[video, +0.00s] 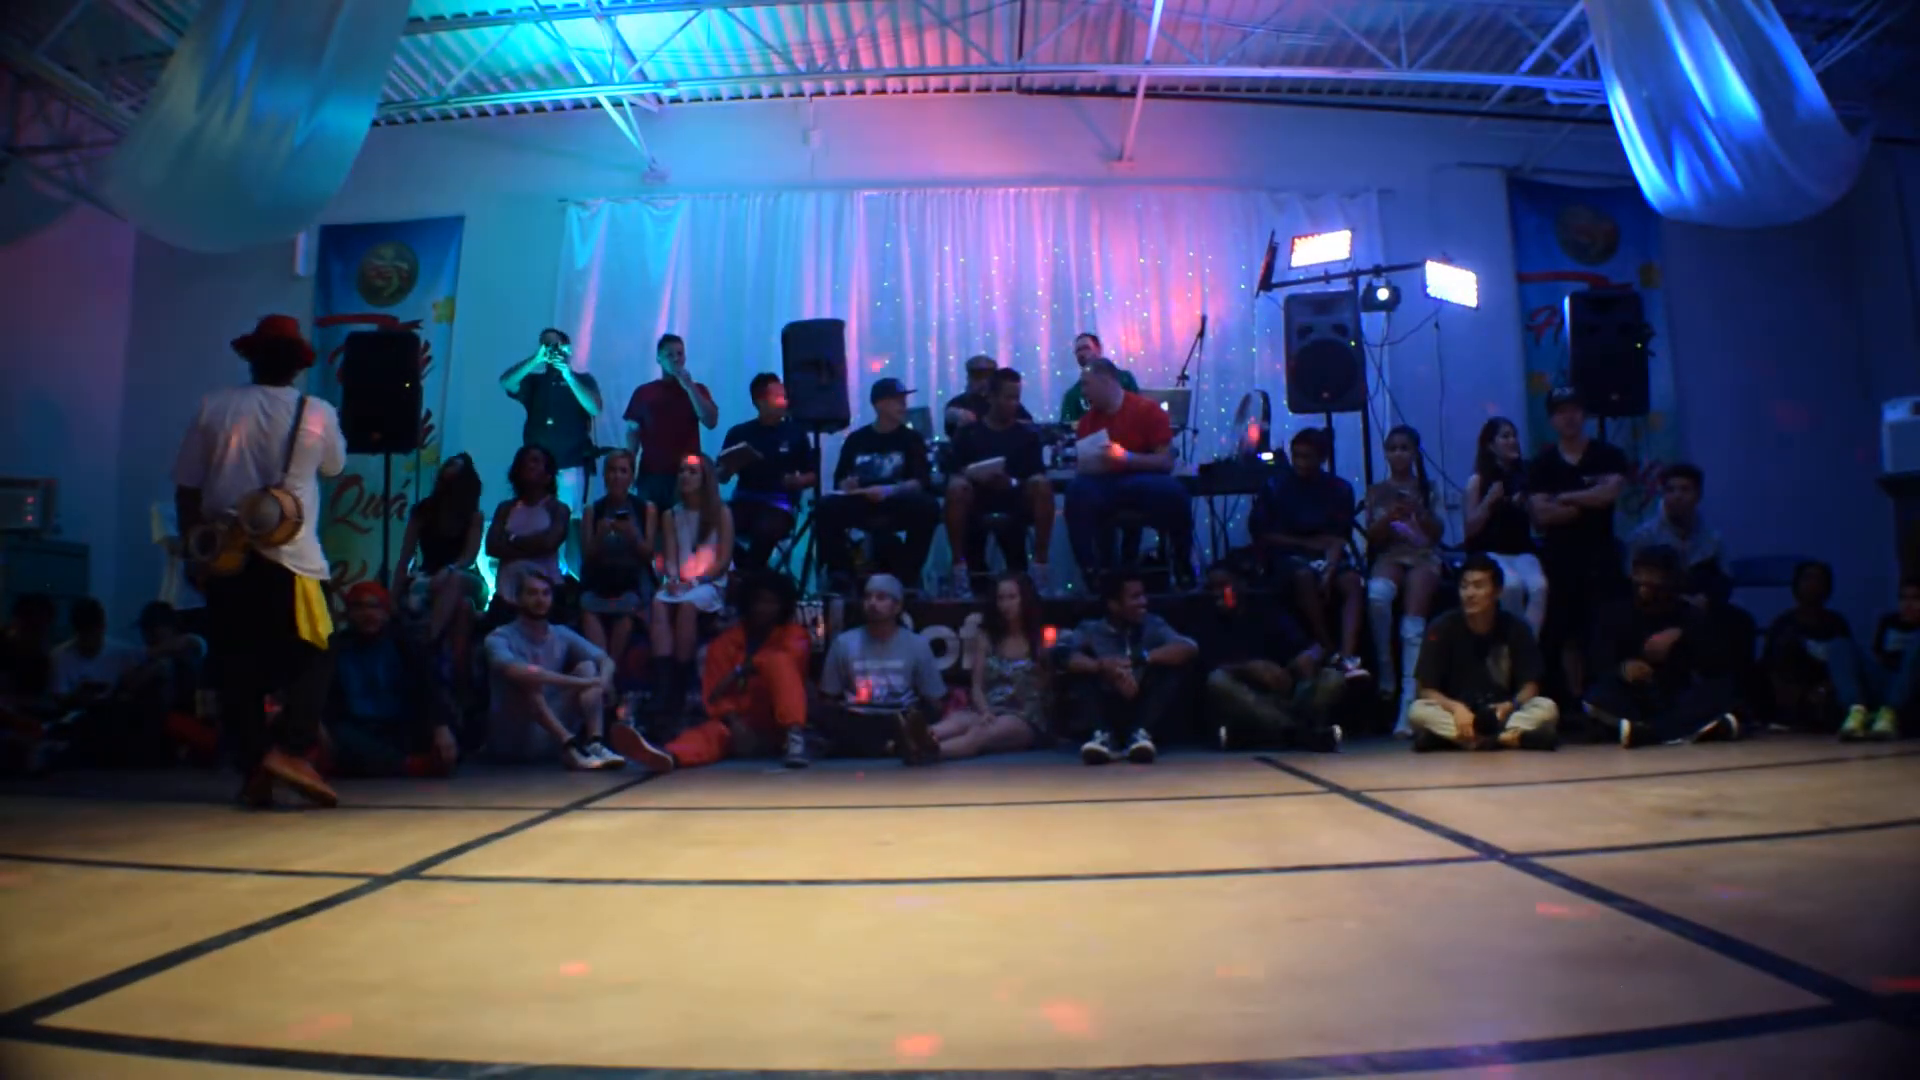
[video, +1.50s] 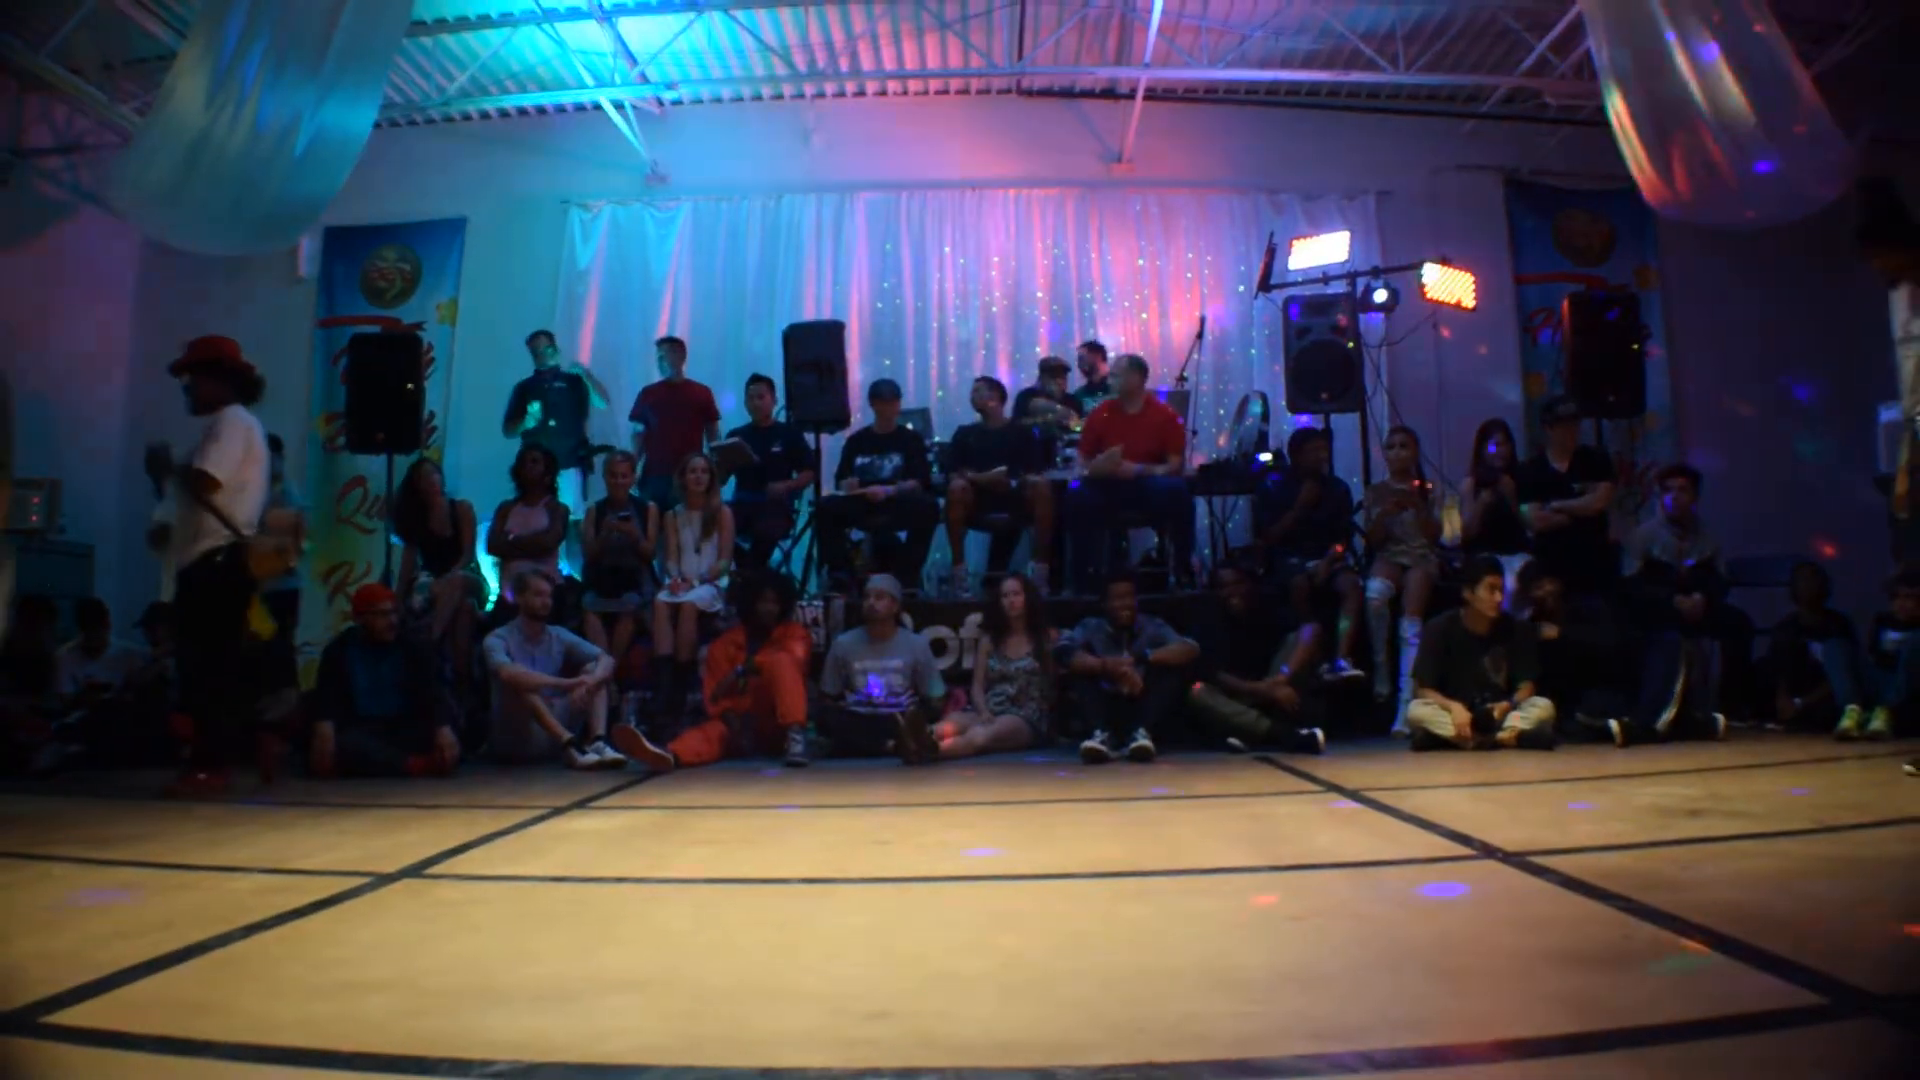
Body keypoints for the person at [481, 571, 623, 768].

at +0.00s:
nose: (540, 599)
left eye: (546, 593)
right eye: (532, 593)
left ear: (552, 598)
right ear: (519, 598)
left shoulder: (561, 634)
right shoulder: (500, 638)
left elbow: (606, 661)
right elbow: (514, 672)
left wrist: (601, 686)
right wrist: (579, 683)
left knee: (587, 667)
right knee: (525, 679)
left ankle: (595, 743)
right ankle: (569, 746)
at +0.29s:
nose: (548, 602)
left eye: (553, 596)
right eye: (540, 595)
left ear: (558, 600)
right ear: (525, 600)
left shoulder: (564, 635)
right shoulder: (502, 639)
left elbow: (610, 665)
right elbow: (514, 679)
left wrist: (593, 697)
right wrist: (580, 693)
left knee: (589, 669)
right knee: (522, 674)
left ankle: (596, 744)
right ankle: (569, 746)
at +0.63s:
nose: (544, 600)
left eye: (548, 594)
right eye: (536, 594)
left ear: (552, 597)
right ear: (518, 597)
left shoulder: (559, 634)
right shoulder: (497, 638)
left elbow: (605, 661)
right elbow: (506, 675)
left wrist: (588, 688)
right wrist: (568, 689)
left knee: (590, 669)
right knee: (518, 677)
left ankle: (596, 743)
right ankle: (568, 746)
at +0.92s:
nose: (543, 599)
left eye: (546, 593)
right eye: (534, 593)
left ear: (550, 597)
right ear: (516, 597)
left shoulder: (556, 635)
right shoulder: (496, 639)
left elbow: (605, 660)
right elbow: (505, 674)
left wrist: (588, 683)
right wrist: (569, 684)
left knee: (594, 671)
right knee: (517, 682)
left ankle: (597, 743)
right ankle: (567, 745)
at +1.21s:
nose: (545, 598)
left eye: (547, 592)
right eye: (536, 592)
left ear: (551, 595)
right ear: (515, 598)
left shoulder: (556, 635)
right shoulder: (495, 639)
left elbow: (605, 661)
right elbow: (504, 674)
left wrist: (588, 683)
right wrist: (568, 684)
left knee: (592, 670)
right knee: (517, 682)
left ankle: (596, 743)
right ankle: (566, 746)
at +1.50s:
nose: (546, 602)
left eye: (549, 596)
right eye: (539, 595)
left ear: (553, 598)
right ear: (519, 598)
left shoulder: (558, 635)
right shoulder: (498, 639)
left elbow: (607, 660)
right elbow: (508, 674)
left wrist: (590, 682)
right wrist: (569, 684)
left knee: (594, 669)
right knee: (520, 683)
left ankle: (598, 742)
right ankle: (569, 746)